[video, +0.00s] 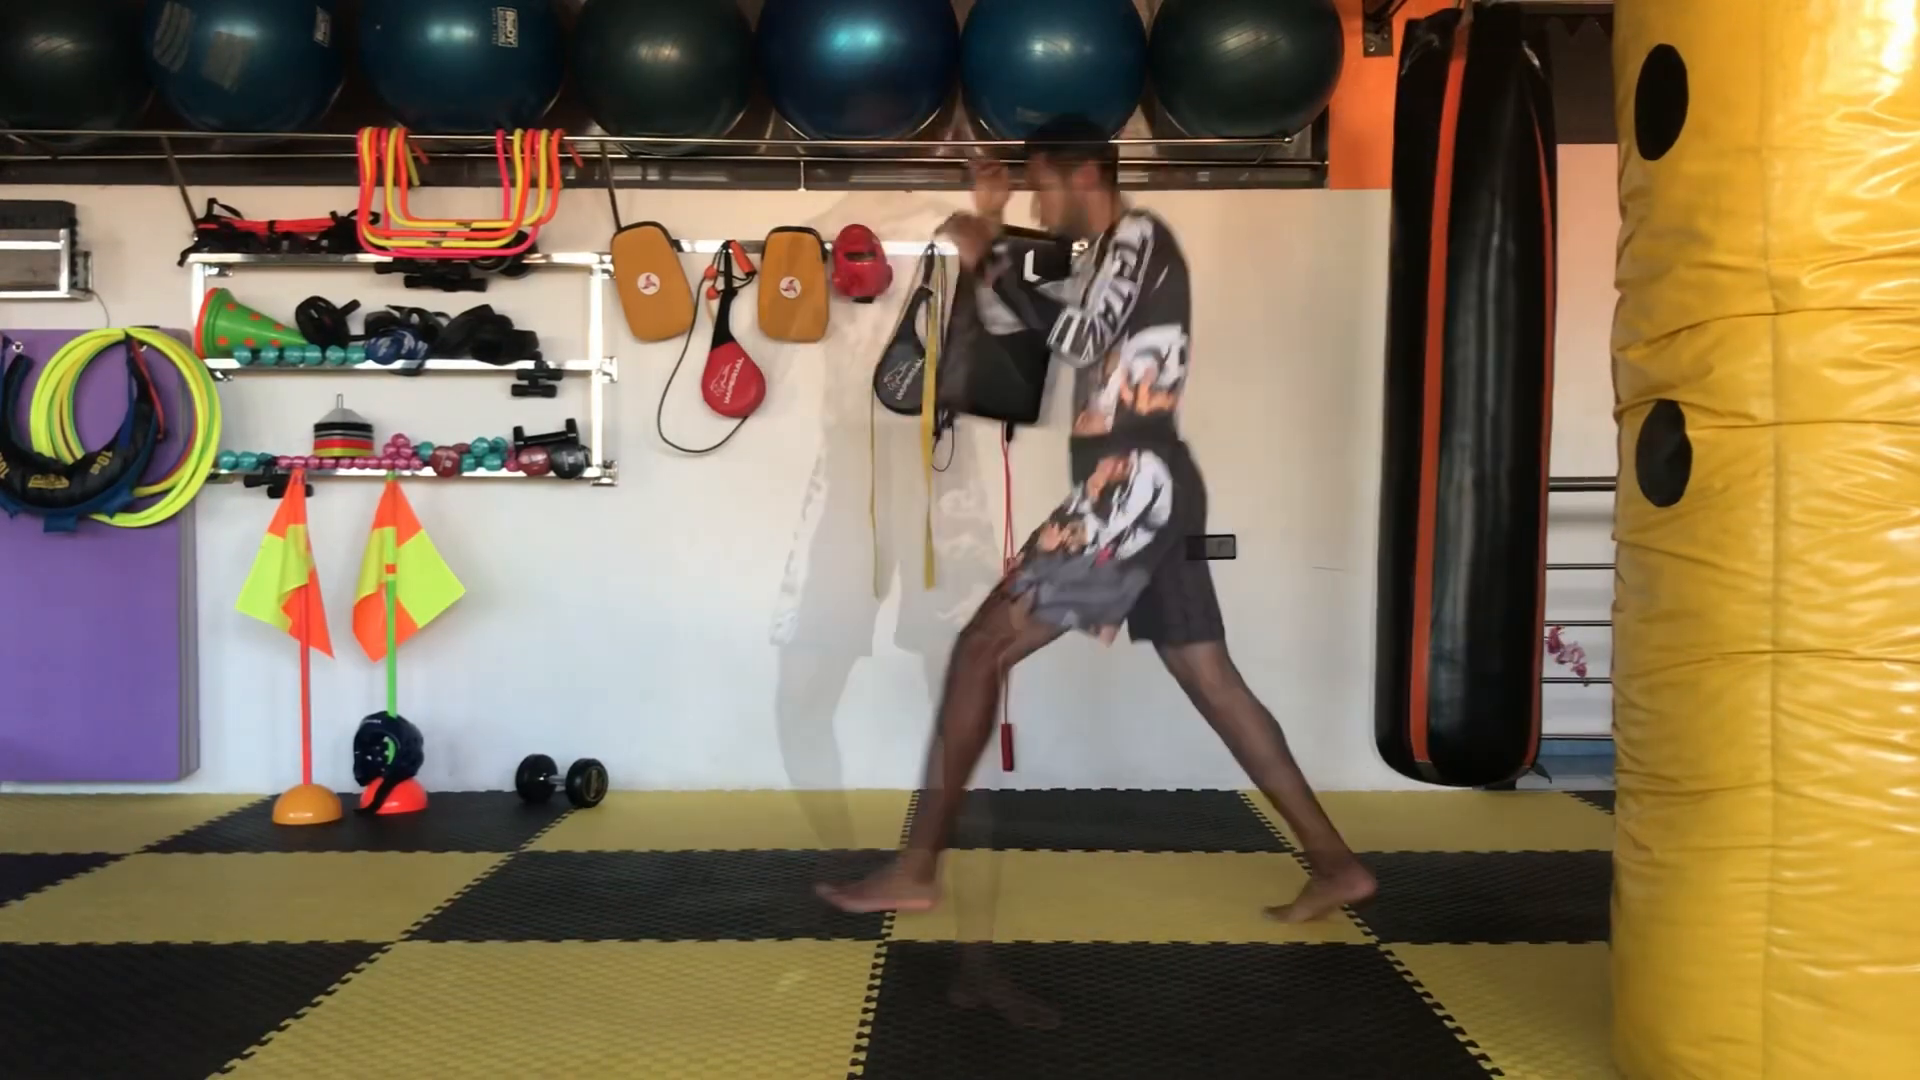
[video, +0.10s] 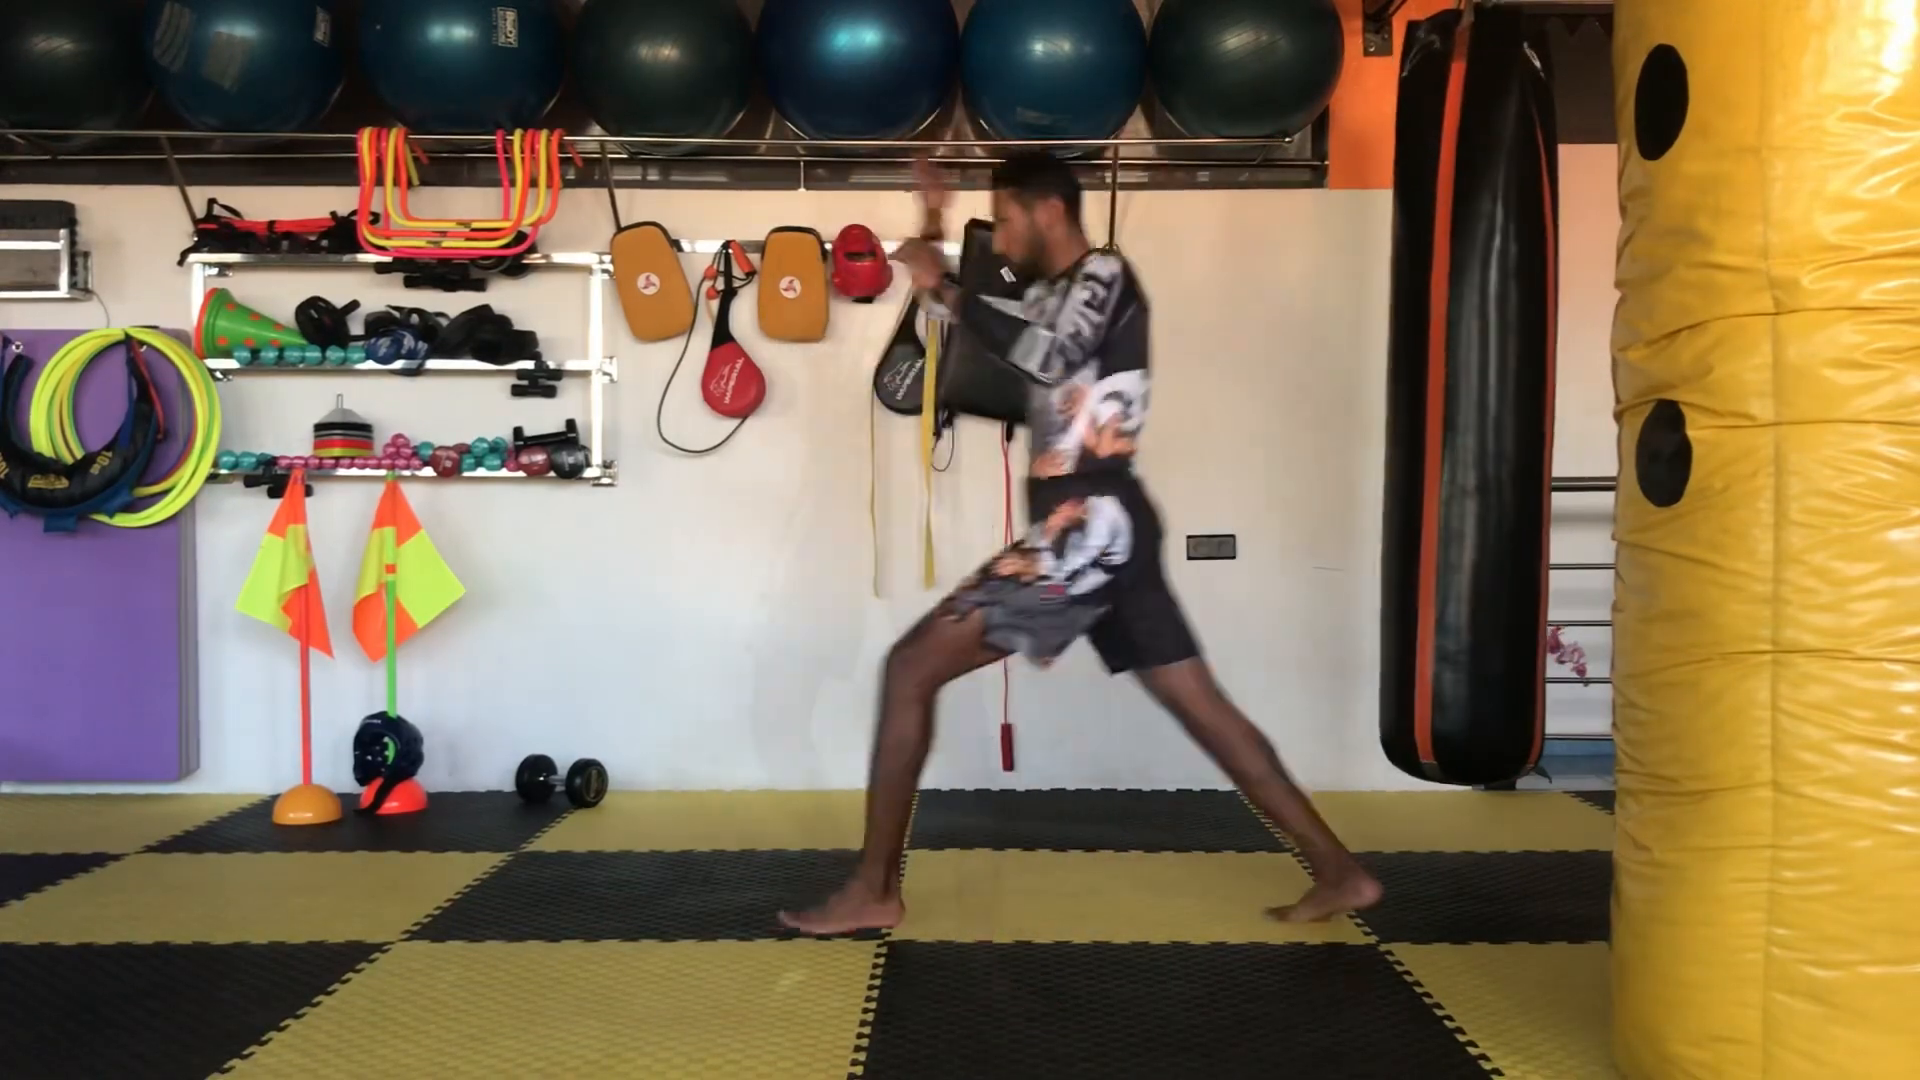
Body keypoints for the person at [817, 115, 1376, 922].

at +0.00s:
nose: (1040, 205)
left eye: (1045, 189)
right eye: (1038, 190)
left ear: (1088, 176)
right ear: (1089, 181)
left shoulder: (1138, 239)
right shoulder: (1109, 249)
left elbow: (1084, 338)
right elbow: (1034, 300)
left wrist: (990, 256)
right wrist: (990, 232)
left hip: (1131, 486)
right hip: (1150, 484)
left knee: (980, 648)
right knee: (1213, 681)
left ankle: (915, 869)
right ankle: (1334, 862)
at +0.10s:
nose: (997, 238)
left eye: (1005, 221)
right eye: (995, 224)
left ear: (1052, 213)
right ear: (1051, 216)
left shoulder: (1096, 280)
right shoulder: (1073, 285)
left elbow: (1049, 358)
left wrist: (953, 297)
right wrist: (934, 219)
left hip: (1084, 524)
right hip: (1107, 518)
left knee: (911, 668)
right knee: (1200, 702)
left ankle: (873, 887)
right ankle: (1340, 871)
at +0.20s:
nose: (957, 226)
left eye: (965, 210)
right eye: (956, 212)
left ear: (1012, 202)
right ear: (1003, 206)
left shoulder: (1055, 266)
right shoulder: (1005, 277)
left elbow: (971, 305)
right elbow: (932, 306)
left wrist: (875, 236)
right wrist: (869, 246)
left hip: (1011, 524)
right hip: (1027, 520)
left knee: (852, 682)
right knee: (1055, 723)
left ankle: (866, 896)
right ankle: (1243, 817)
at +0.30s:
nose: (940, 188)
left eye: (946, 170)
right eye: (938, 174)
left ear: (989, 163)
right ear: (993, 166)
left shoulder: (1028, 224)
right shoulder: (996, 249)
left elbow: (908, 236)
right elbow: (949, 379)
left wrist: (854, 178)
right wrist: (862, 336)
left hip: (964, 490)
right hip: (958, 487)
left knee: (836, 679)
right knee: (871, 662)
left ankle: (863, 890)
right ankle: (1027, 732)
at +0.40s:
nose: (932, 168)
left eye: (938, 151)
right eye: (931, 155)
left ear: (983, 139)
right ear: (985, 143)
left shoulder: (1016, 186)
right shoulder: (1020, 236)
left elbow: (869, 199)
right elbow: (1026, 398)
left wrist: (921, 185)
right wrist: (937, 393)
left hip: (919, 455)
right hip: (887, 433)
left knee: (837, 665)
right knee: (728, 497)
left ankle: (855, 877)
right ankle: (842, 606)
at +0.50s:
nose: (934, 167)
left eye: (939, 151)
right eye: (930, 155)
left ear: (985, 136)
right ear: (983, 138)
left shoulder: (1025, 203)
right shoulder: (982, 219)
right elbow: (1029, 359)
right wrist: (1035, 482)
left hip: (868, 416)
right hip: (824, 378)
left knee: (830, 644)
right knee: (653, 378)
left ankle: (844, 865)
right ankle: (771, 529)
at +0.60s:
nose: (931, 177)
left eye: (940, 162)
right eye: (932, 165)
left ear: (988, 155)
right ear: (986, 158)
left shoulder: (1015, 227)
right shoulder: (973, 229)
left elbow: (1007, 365)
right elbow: (1006, 370)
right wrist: (993, 488)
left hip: (836, 428)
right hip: (793, 375)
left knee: (808, 653)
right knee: (623, 317)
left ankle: (836, 861)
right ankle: (720, 483)